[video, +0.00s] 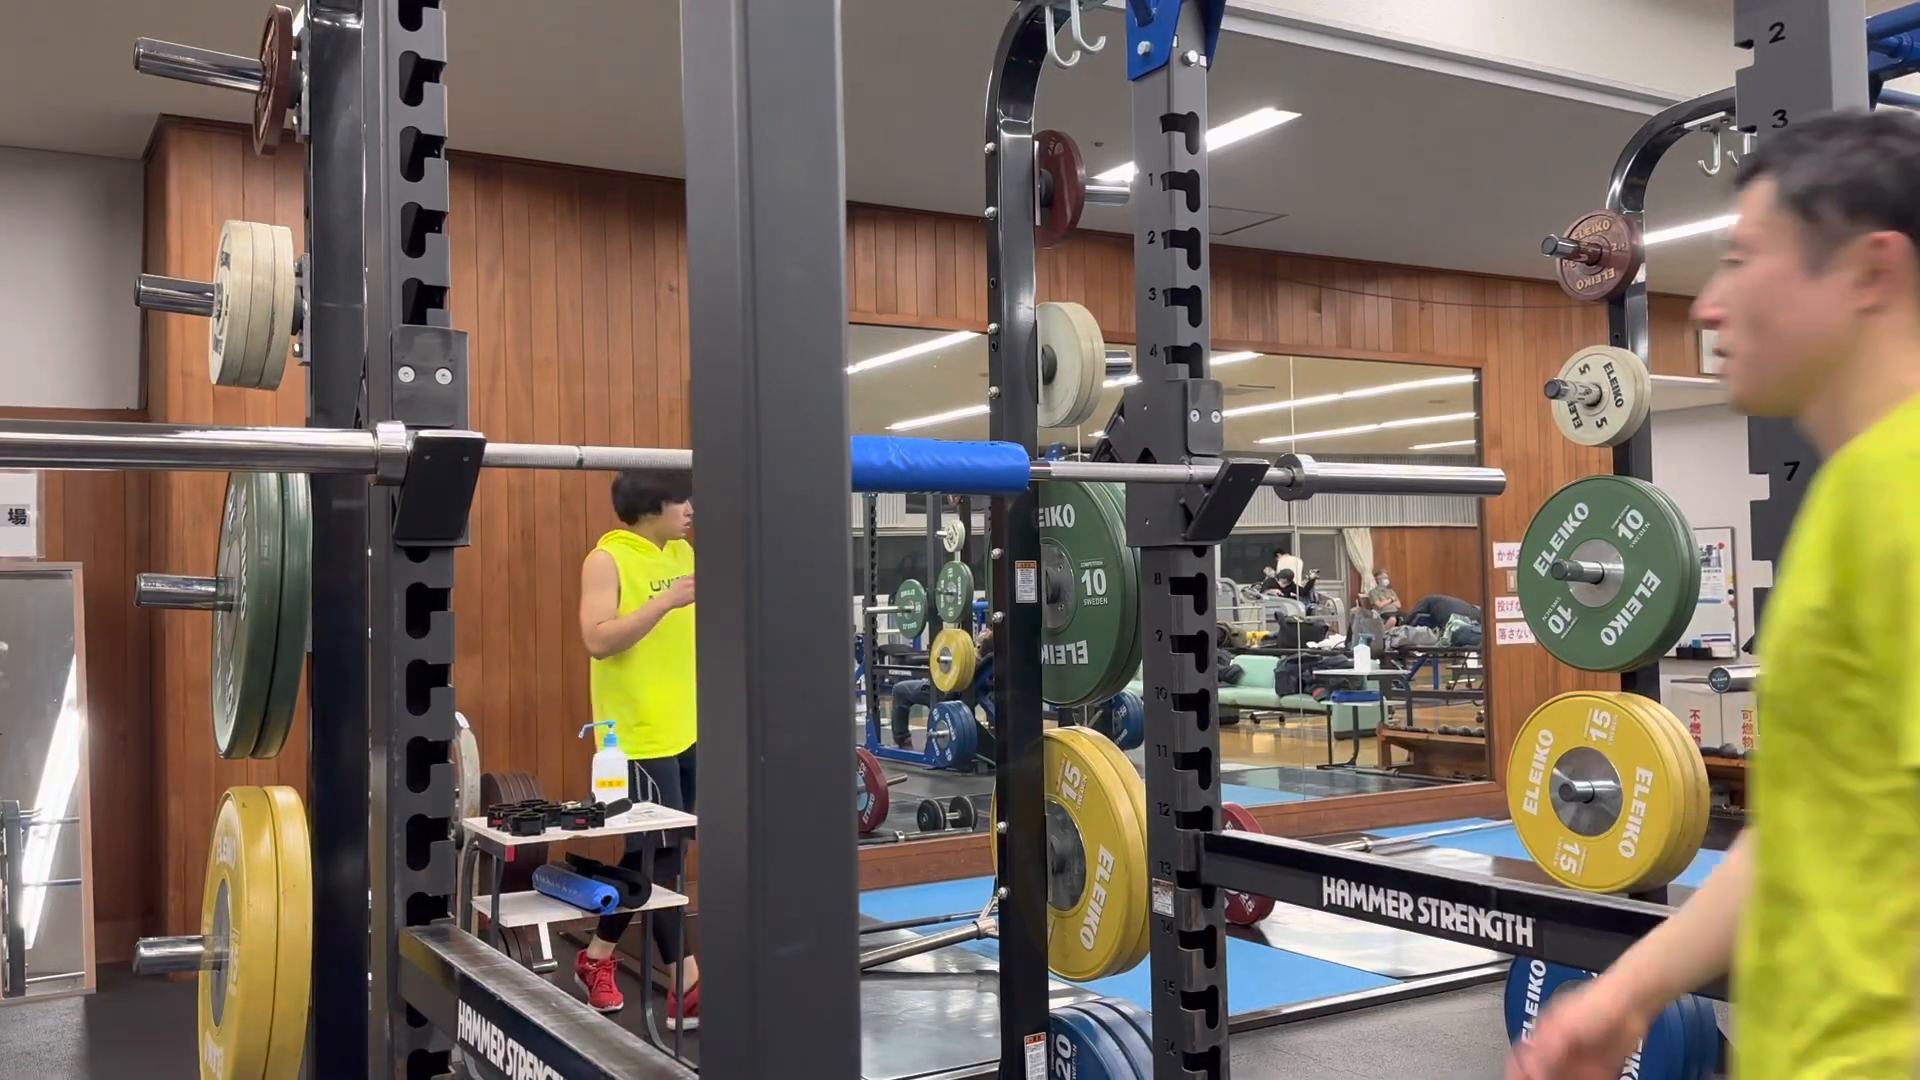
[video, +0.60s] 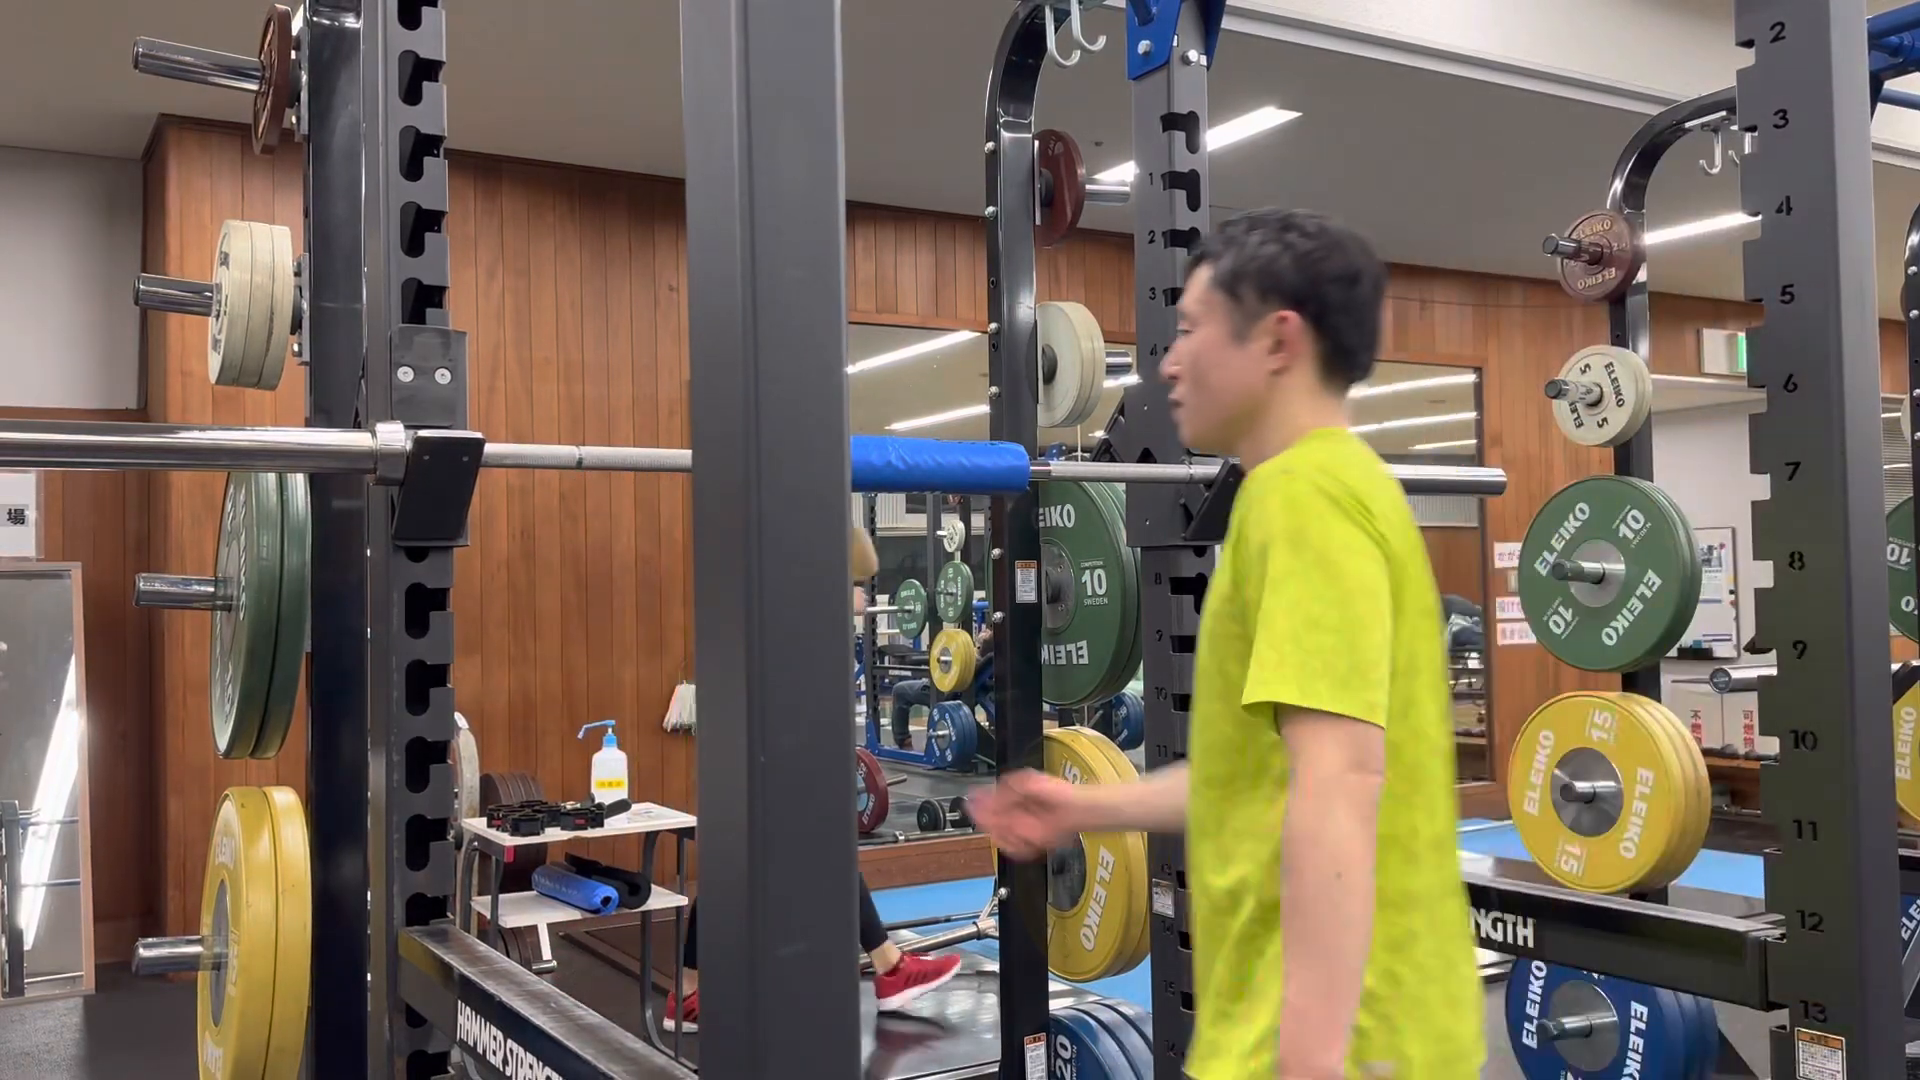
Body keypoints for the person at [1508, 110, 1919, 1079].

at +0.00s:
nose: (1704, 301)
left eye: (1740, 257)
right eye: (1721, 263)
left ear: (1876, 273)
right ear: (1872, 274)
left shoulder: (1889, 489)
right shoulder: (1851, 491)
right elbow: (1806, 817)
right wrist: (1635, 988)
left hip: (1866, 1046)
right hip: (1799, 1042)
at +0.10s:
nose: (1591, 306)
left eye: (1620, 264)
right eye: (1601, 269)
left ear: (1748, 279)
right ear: (1746, 283)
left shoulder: (1804, 471)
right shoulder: (1770, 472)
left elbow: (1838, 847)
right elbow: (1731, 833)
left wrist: (1639, 1062)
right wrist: (1634, 1032)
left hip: (1814, 1052)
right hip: (1760, 1043)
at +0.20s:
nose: (1490, 313)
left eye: (1517, 273)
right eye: (1500, 277)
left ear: (1634, 285)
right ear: (1634, 287)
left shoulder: (1683, 473)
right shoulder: (1707, 462)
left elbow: (1684, 827)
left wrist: (1409, 1015)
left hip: (1717, 1049)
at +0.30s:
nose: (1424, 321)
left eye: (1448, 282)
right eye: (1434, 285)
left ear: (1558, 295)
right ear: (1555, 298)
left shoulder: (1600, 480)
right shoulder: (1626, 467)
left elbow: (1600, 819)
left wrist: (1311, 984)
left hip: (1659, 1047)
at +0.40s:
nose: (1331, 343)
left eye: (1354, 307)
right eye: (1340, 312)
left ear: (1456, 322)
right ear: (1453, 325)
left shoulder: (1489, 494)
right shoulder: (1546, 485)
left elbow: (1489, 815)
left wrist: (1226, 1000)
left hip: (1544, 1046)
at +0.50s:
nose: (1256, 357)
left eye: (1277, 323)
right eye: (1263, 328)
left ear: (1371, 342)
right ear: (1375, 347)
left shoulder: (1396, 506)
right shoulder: (1461, 500)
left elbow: (1409, 805)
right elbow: (1477, 821)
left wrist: (1222, 1054)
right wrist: (1314, 911)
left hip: (1429, 1047)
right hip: (1492, 1037)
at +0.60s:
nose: (1167, 359)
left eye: (1190, 327)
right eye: (1177, 330)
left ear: (1278, 339)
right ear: (1270, 340)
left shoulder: (1305, 495)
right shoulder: (1320, 489)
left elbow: (1337, 786)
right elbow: (1267, 772)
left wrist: (1312, 1056)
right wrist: (1086, 808)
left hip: (1321, 1042)